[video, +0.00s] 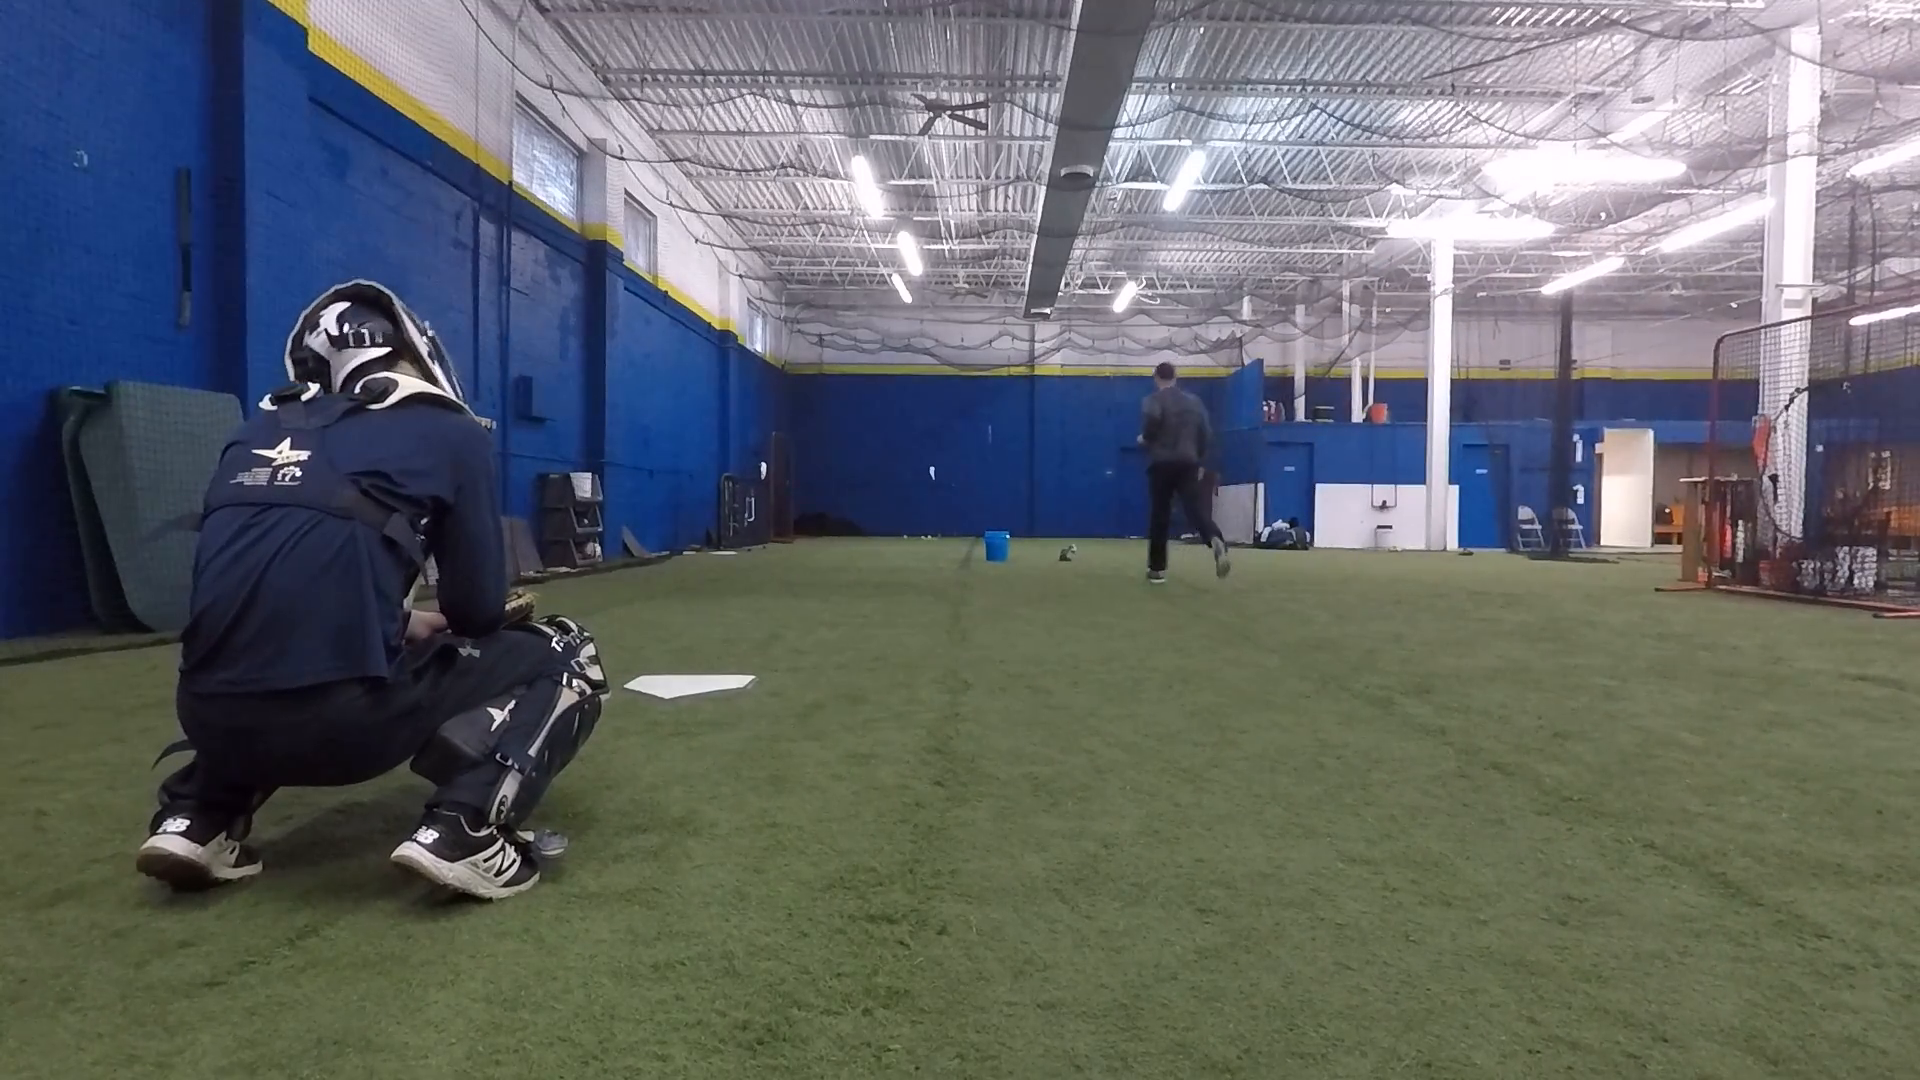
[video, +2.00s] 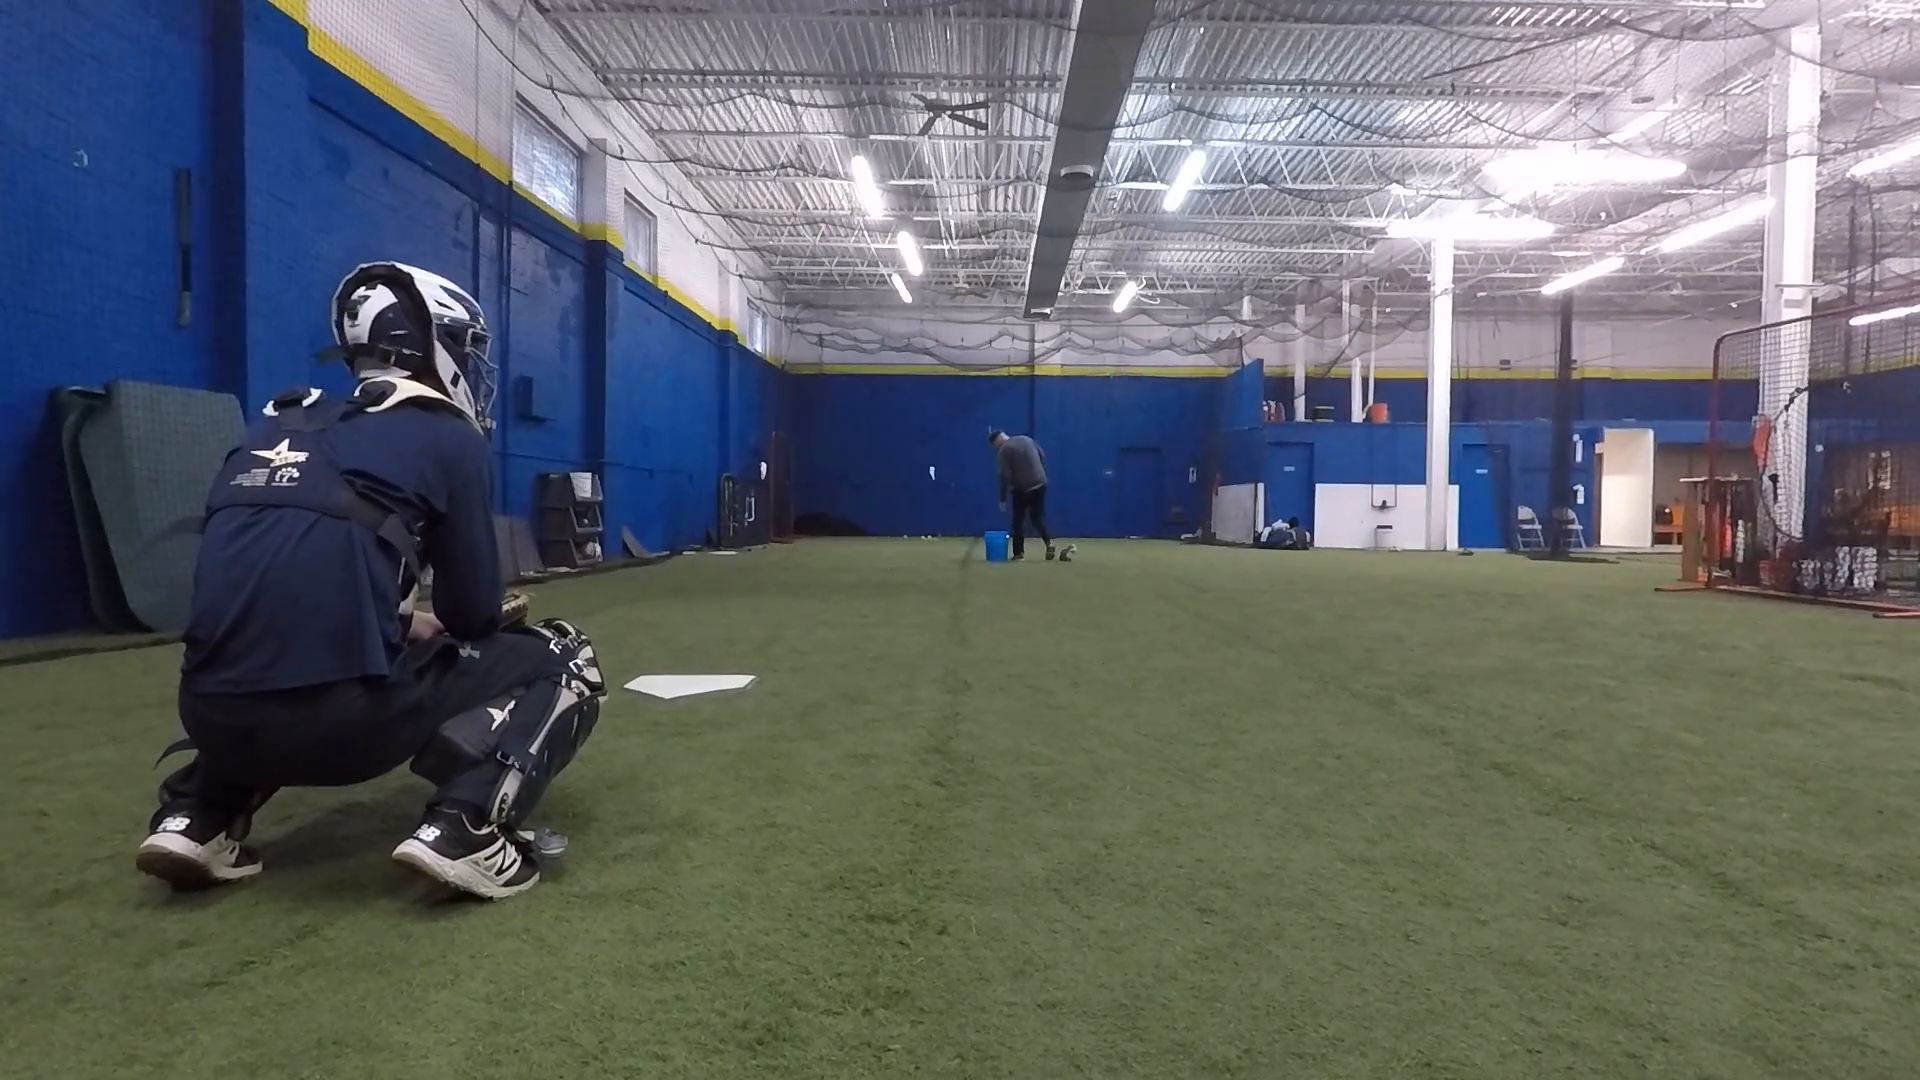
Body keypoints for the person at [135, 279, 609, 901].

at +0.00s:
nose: (435, 356)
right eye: (426, 346)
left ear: (306, 371)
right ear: (414, 353)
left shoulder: (255, 430)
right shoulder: (450, 430)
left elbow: (256, 588)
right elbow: (479, 610)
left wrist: (404, 623)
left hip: (219, 722)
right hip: (347, 724)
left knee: (277, 630)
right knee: (568, 654)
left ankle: (197, 817)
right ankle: (464, 827)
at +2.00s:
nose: (476, 368)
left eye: (475, 350)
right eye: (468, 348)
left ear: (360, 352)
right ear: (436, 346)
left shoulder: (276, 423)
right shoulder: (449, 437)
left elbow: (264, 586)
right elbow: (472, 613)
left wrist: (400, 624)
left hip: (221, 722)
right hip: (345, 725)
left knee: (286, 630)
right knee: (566, 659)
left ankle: (196, 816)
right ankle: (466, 825)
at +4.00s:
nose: (488, 348)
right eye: (483, 334)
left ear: (369, 338)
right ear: (472, 342)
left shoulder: (295, 415)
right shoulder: (502, 439)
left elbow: (259, 554)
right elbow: (513, 598)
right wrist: (448, 636)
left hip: (252, 685)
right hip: (397, 693)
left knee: (283, 629)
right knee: (572, 665)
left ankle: (202, 827)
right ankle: (459, 823)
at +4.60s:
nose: (457, 353)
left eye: (453, 338)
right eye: (451, 338)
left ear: (340, 350)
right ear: (433, 342)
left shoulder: (279, 422)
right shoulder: (453, 432)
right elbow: (465, 602)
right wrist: (501, 598)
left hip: (211, 705)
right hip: (340, 708)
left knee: (279, 613)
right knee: (572, 653)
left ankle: (204, 812)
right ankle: (446, 831)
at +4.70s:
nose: (457, 354)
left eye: (454, 339)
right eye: (451, 339)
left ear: (338, 350)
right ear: (435, 343)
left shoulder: (275, 423)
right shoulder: (458, 435)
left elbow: (256, 572)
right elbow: (478, 604)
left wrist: (399, 602)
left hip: (217, 705)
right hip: (352, 708)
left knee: (277, 616)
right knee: (569, 656)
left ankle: (201, 813)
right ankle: (449, 829)